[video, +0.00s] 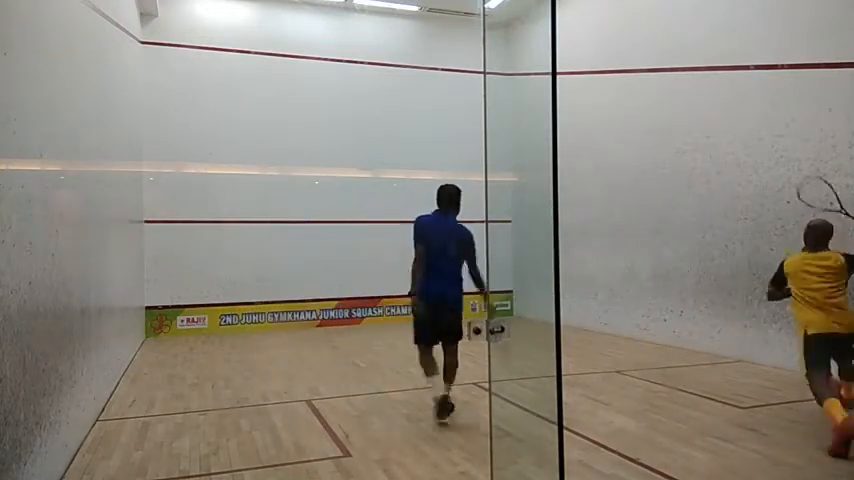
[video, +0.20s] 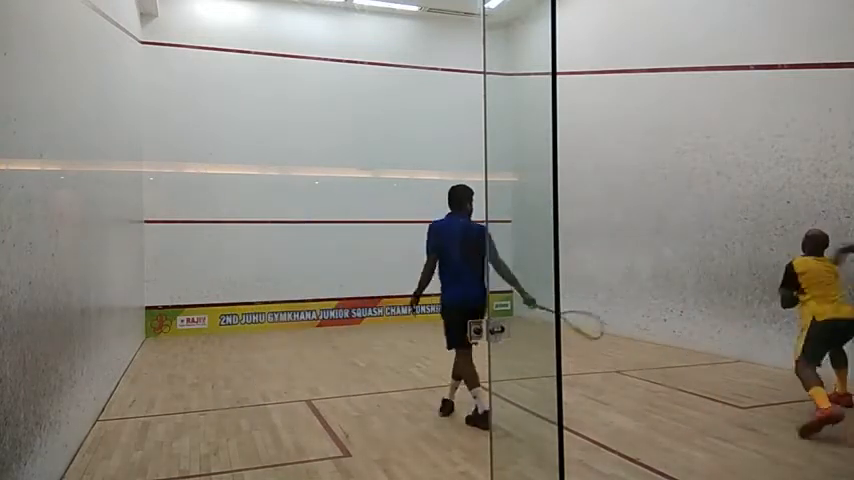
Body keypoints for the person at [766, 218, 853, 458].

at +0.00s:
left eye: (806, 237)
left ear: (804, 239)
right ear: (829, 241)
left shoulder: (791, 264)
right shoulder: (842, 261)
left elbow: (773, 293)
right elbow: (853, 262)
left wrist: (797, 289)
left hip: (815, 333)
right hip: (845, 330)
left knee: (819, 382)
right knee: (847, 366)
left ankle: (841, 422)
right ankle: (847, 400)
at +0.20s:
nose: (803, 245)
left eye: (804, 243)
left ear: (803, 246)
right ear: (825, 249)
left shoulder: (795, 266)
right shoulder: (832, 266)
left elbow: (786, 301)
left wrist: (806, 293)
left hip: (821, 321)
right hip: (847, 319)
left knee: (803, 365)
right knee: (835, 347)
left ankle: (824, 408)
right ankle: (843, 392)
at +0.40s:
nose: (780, 232)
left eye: (782, 229)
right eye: (781, 229)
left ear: (786, 232)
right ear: (800, 232)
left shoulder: (789, 247)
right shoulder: (810, 249)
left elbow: (792, 285)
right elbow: (795, 288)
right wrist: (770, 303)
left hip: (824, 296)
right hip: (846, 295)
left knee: (794, 341)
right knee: (834, 338)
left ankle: (805, 394)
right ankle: (842, 391)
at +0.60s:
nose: (759, 226)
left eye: (760, 222)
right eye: (760, 222)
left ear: (765, 222)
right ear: (777, 222)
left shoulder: (772, 236)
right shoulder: (786, 237)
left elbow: (773, 267)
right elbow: (803, 272)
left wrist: (759, 268)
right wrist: (786, 296)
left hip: (814, 292)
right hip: (817, 289)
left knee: (803, 345)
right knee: (793, 322)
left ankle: (841, 397)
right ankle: (817, 370)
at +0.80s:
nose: (737, 234)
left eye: (740, 229)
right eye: (737, 230)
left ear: (749, 229)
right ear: (755, 229)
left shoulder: (757, 246)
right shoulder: (766, 245)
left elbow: (753, 275)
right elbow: (774, 279)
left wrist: (736, 272)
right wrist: (760, 301)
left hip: (793, 305)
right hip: (784, 305)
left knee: (799, 348)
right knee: (767, 333)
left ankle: (841, 398)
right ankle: (757, 373)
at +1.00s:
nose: (711, 221)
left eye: (713, 217)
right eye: (711, 217)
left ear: (725, 217)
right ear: (726, 218)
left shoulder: (733, 235)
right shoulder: (732, 236)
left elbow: (745, 263)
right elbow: (746, 268)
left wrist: (719, 270)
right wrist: (741, 292)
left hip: (760, 293)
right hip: (749, 294)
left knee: (761, 336)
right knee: (742, 328)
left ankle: (808, 375)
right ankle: (751, 373)